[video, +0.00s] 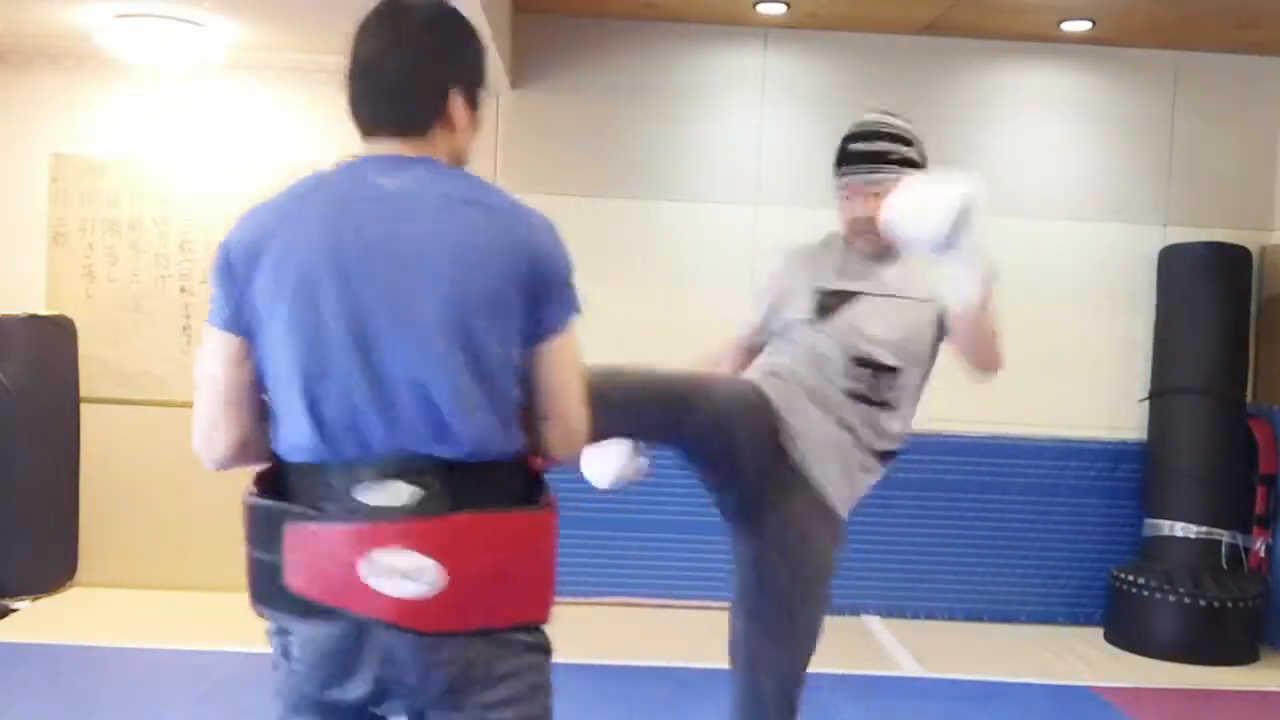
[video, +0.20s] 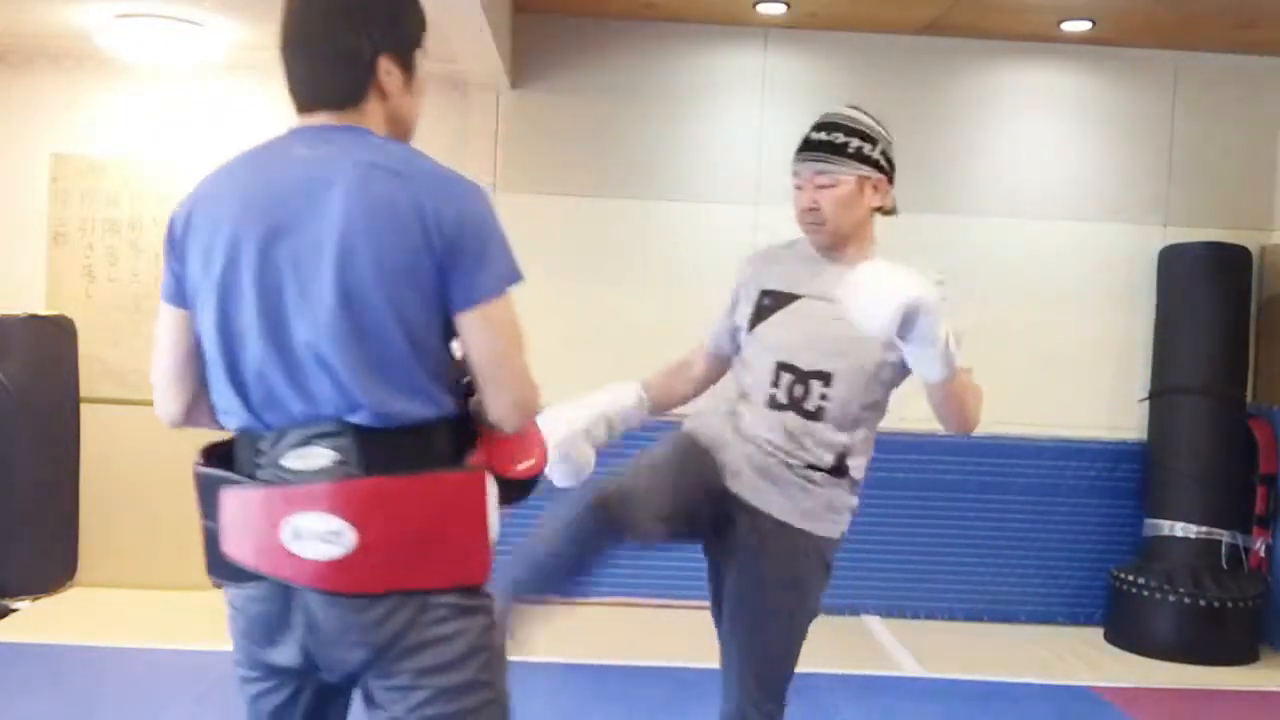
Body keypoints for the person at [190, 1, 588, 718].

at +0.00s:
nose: (480, 122)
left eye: (479, 102)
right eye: (479, 102)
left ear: (359, 99)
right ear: (456, 104)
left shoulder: (263, 233)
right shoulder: (519, 234)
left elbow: (220, 441)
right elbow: (564, 437)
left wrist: (321, 419)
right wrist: (473, 402)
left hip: (317, 608)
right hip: (477, 604)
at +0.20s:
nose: (420, 92)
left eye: (419, 73)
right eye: (416, 71)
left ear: (299, 76)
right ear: (385, 74)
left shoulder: (207, 202)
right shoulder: (440, 195)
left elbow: (178, 403)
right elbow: (512, 406)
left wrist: (288, 403)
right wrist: (462, 396)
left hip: (259, 544)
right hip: (404, 545)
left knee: (281, 708)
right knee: (438, 707)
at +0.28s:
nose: (406, 87)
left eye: (406, 68)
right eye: (403, 67)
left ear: (286, 71)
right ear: (370, 70)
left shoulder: (191, 198)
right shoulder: (416, 188)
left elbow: (167, 396)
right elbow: (500, 405)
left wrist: (268, 427)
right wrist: (470, 442)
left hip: (228, 532)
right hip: (370, 531)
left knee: (258, 709)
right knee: (408, 708)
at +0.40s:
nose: (392, 83)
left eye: (393, 64)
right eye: (390, 63)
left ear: (270, 68)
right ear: (354, 67)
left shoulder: (174, 197)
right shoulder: (389, 187)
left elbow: (144, 396)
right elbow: (473, 414)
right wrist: (499, 530)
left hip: (192, 542)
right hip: (329, 549)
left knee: (232, 705)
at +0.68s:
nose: (384, 83)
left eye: (384, 62)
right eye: (381, 61)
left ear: (247, 63)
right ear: (340, 63)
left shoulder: (146, 199)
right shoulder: (362, 193)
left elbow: (85, 411)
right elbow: (488, 433)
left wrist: (90, 550)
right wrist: (548, 563)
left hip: (148, 581)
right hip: (287, 593)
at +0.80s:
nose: (376, 80)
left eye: (379, 56)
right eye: (374, 53)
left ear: (233, 46)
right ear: (333, 45)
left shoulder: (123, 192)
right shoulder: (345, 180)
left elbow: (87, 423)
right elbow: (510, 410)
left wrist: (110, 537)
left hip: (121, 570)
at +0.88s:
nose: (371, 75)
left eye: (373, 51)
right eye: (370, 49)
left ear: (232, 39)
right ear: (331, 40)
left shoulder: (118, 182)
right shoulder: (338, 174)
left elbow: (91, 430)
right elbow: (514, 389)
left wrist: (115, 543)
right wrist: (592, 381)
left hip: (117, 565)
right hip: (264, 582)